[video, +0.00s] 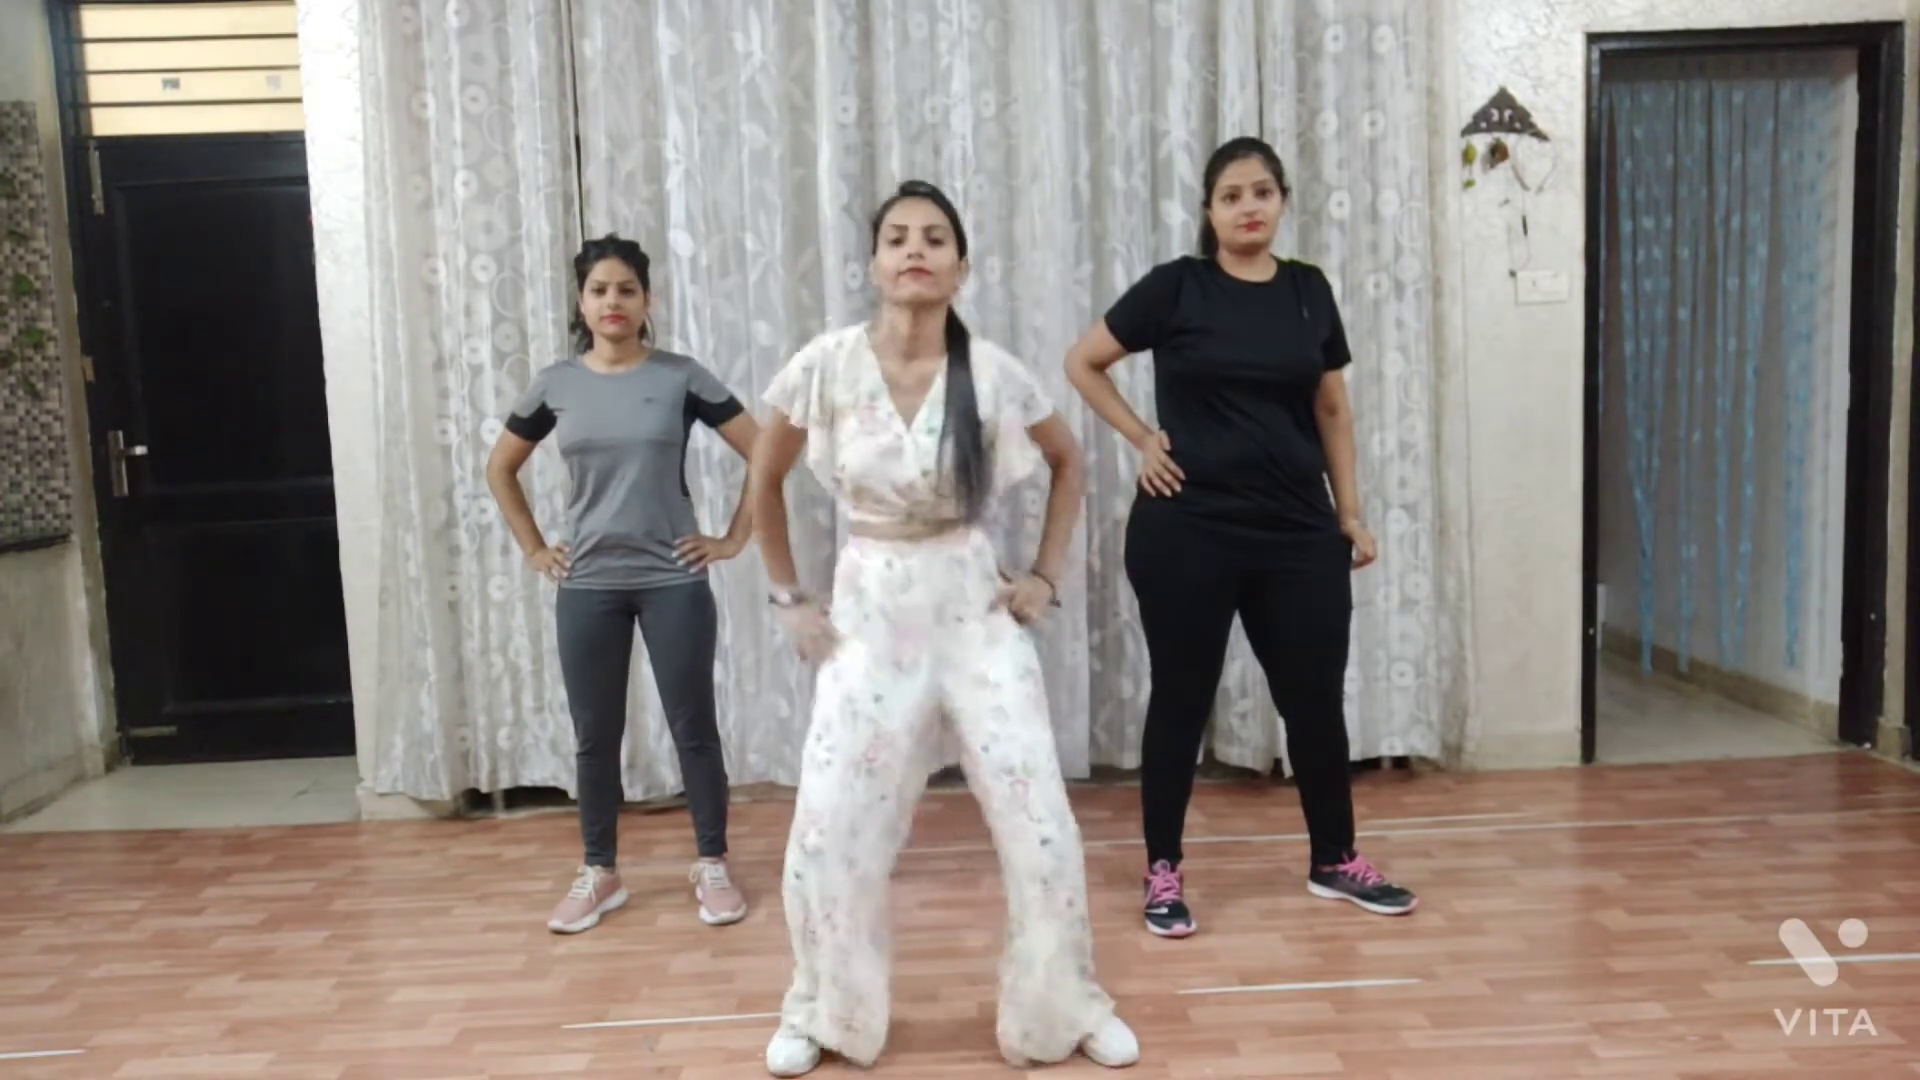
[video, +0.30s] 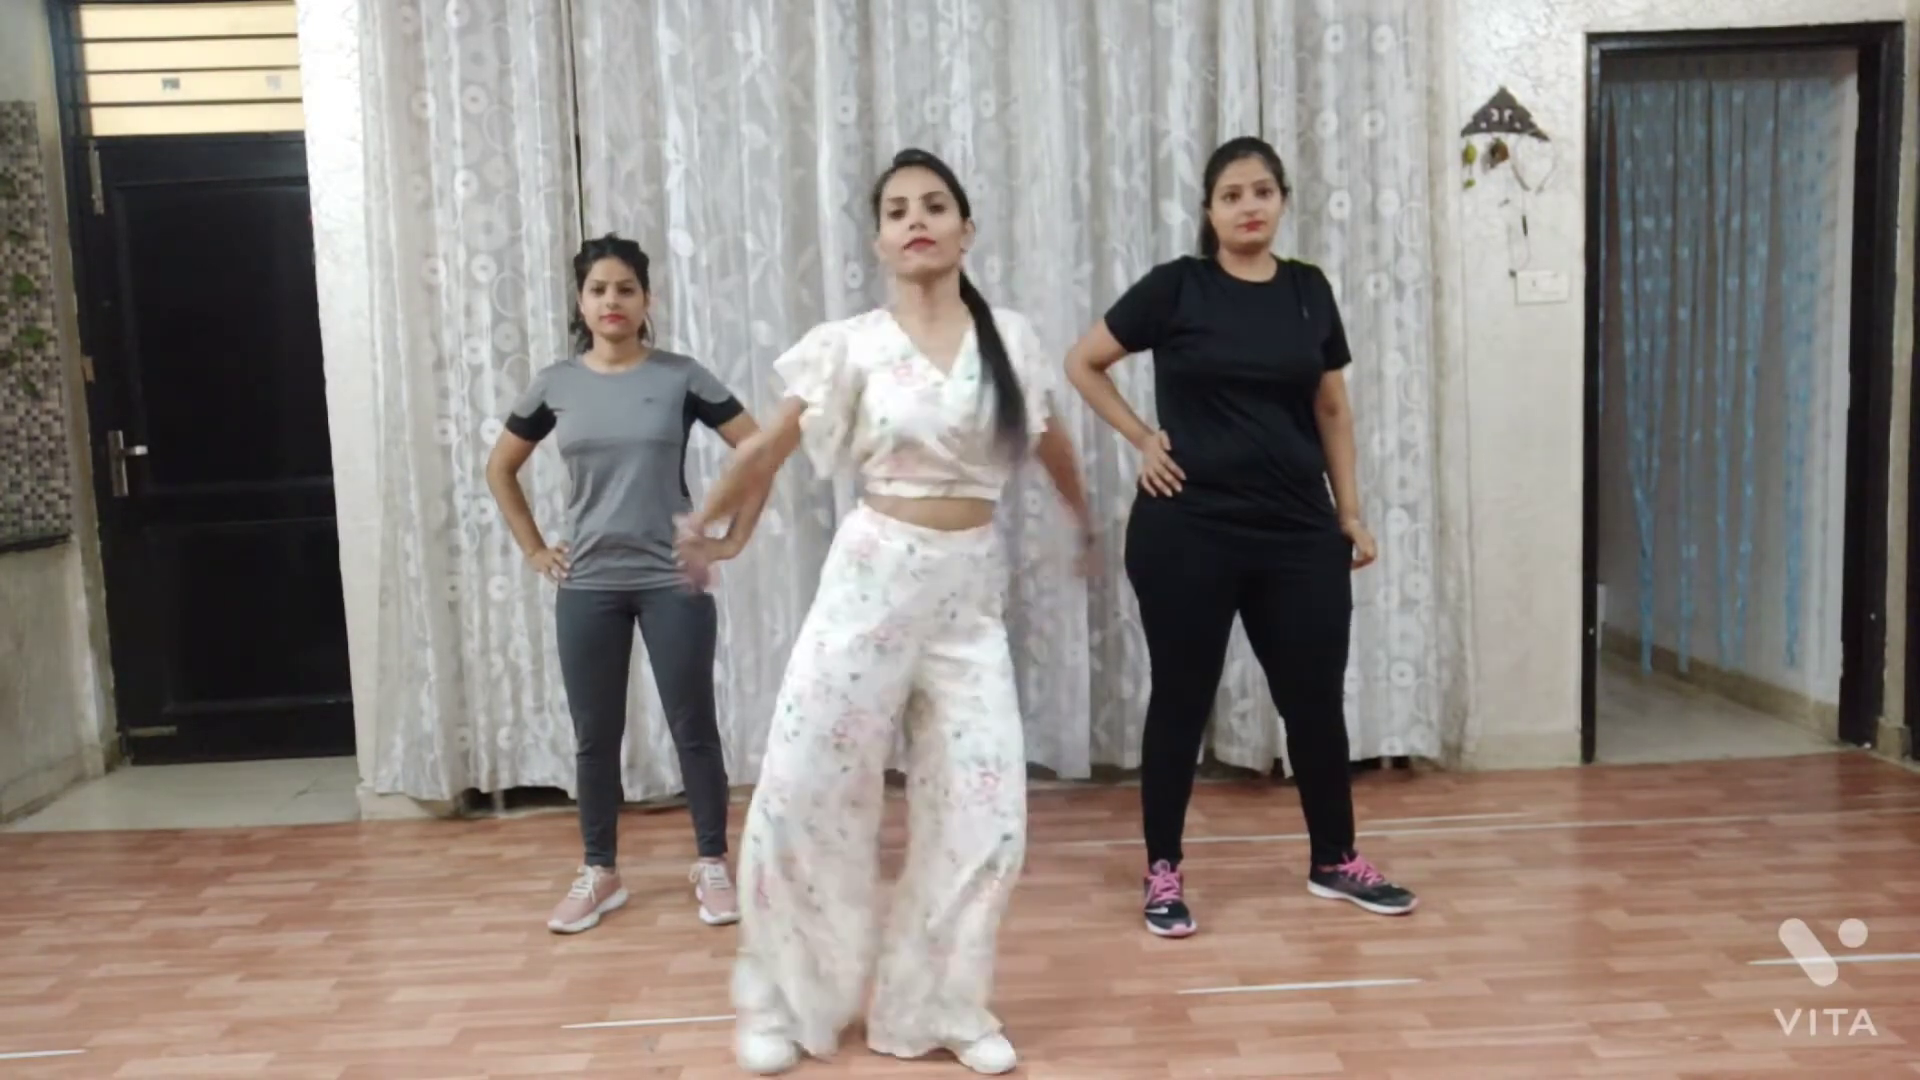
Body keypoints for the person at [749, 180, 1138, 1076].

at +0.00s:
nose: (914, 253)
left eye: (932, 241)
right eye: (898, 241)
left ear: (961, 265)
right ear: (873, 262)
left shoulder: (991, 373)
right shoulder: (822, 369)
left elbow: (1070, 464)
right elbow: (764, 482)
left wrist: (1044, 577)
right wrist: (790, 597)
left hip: (976, 617)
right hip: (867, 622)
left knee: (1038, 813)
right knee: (828, 823)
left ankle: (1067, 1002)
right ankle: (815, 1009)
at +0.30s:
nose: (916, 224)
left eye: (934, 209)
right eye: (899, 213)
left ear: (967, 228)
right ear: (877, 238)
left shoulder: (1007, 344)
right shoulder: (847, 347)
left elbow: (1053, 446)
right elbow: (763, 448)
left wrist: (1087, 523)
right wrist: (704, 520)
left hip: (971, 601)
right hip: (867, 593)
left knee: (990, 812)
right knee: (797, 791)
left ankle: (949, 1006)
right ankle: (775, 1007)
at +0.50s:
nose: (927, 230)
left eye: (944, 215)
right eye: (908, 219)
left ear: (975, 236)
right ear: (887, 244)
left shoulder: (1021, 342)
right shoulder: (856, 349)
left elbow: (1120, 424)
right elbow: (738, 428)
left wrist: (1198, 494)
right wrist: (632, 491)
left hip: (975, 608)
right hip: (879, 600)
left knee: (991, 822)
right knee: (785, 798)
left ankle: (926, 1003)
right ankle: (662, 1013)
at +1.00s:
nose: (926, 238)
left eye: (944, 224)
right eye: (907, 228)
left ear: (974, 250)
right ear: (885, 256)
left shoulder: (1009, 341)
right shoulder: (864, 348)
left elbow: (1131, 372)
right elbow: (772, 378)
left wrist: (1248, 404)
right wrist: (675, 408)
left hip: (972, 606)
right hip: (871, 599)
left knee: (983, 823)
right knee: (768, 797)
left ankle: (948, 1030)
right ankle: (646, 1014)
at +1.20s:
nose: (933, 240)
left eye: (950, 227)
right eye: (916, 228)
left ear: (979, 247)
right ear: (891, 250)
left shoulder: (1005, 343)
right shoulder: (866, 341)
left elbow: (1072, 373)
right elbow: (812, 357)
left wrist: (1141, 405)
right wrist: (754, 380)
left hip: (971, 605)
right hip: (872, 596)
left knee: (986, 822)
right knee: (769, 789)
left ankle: (949, 1024)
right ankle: (646, 1010)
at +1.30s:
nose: (938, 241)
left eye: (954, 227)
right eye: (919, 228)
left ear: (980, 245)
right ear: (894, 247)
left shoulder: (1006, 338)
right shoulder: (871, 333)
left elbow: (1040, 375)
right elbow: (858, 349)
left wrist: (1068, 412)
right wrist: (861, 357)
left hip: (967, 597)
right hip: (874, 590)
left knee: (983, 813)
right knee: (772, 785)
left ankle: (951, 1023)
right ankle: (648, 1007)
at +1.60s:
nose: (940, 246)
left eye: (957, 232)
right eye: (922, 232)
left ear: (982, 250)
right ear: (893, 249)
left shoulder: (1005, 346)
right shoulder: (861, 331)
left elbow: (1000, 378)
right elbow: (878, 348)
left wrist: (936, 412)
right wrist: (979, 325)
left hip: (971, 597)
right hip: (876, 590)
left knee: (982, 818)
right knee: (773, 785)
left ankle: (949, 1024)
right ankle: (643, 1009)